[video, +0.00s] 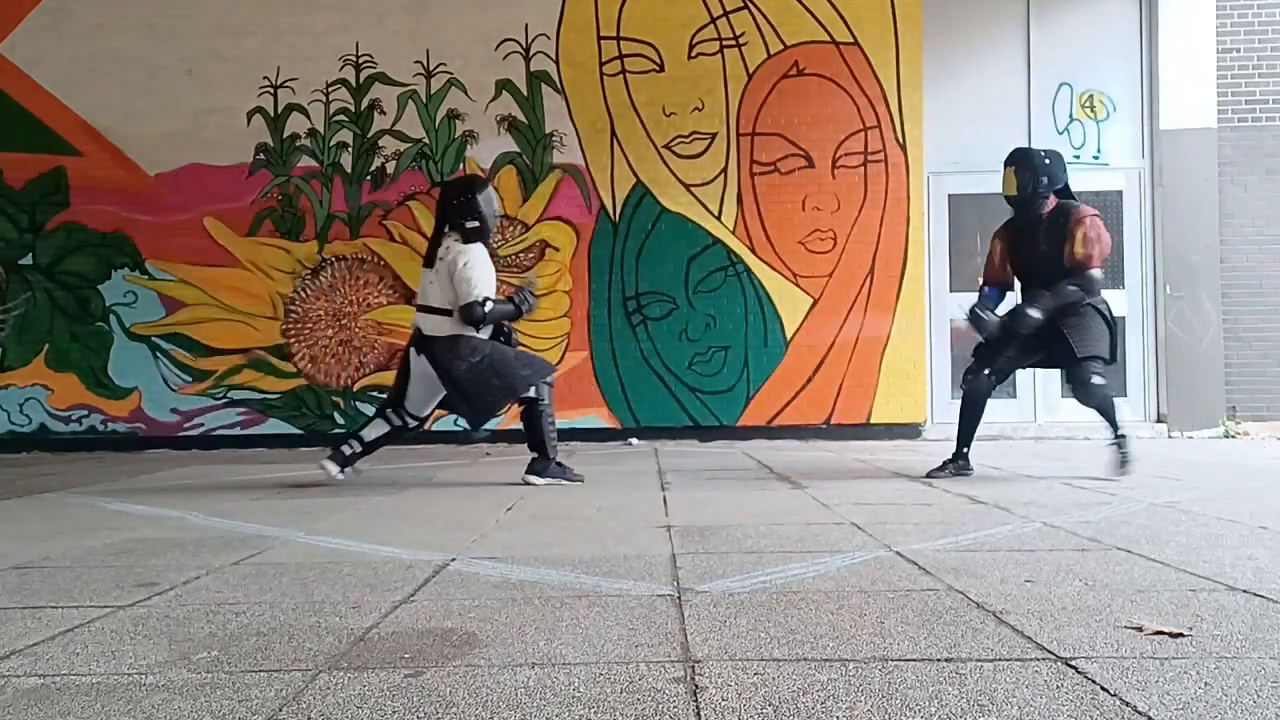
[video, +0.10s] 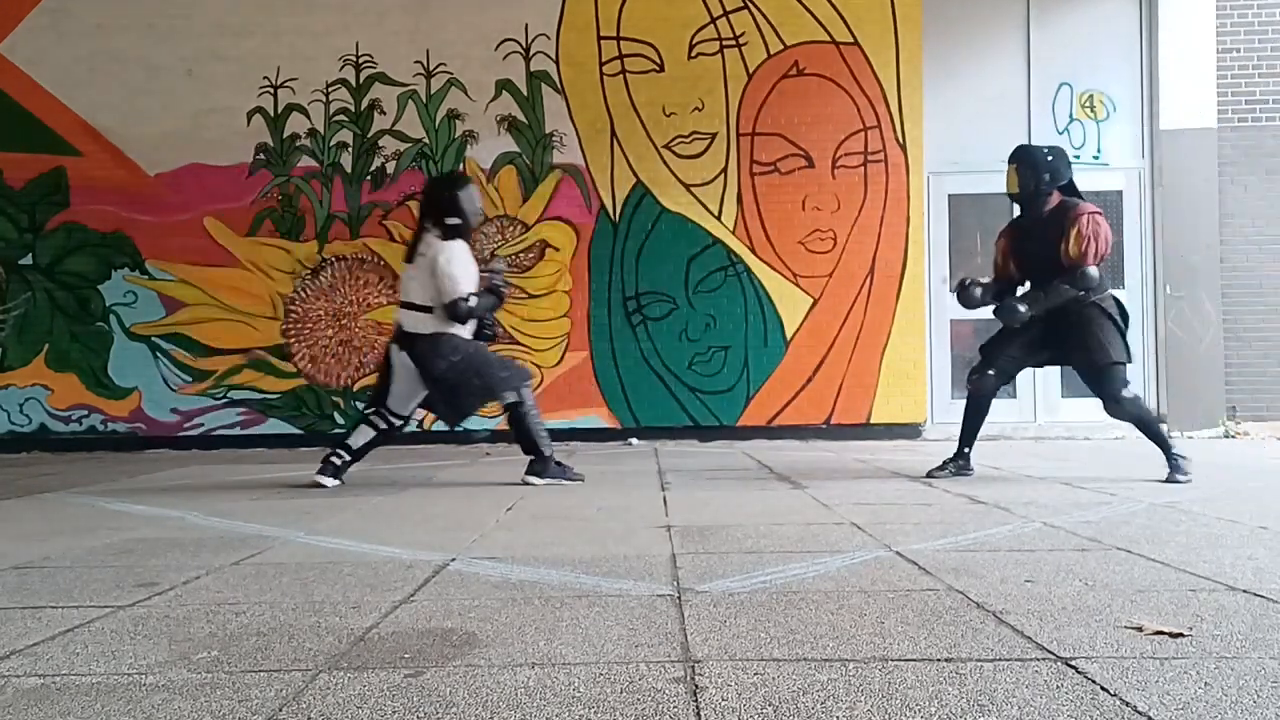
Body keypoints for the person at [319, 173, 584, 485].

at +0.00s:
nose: (495, 216)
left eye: (493, 208)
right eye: (489, 209)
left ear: (452, 215)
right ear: (473, 215)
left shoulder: (441, 247)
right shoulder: (470, 253)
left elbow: (443, 306)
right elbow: (475, 312)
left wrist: (493, 326)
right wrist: (516, 307)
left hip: (426, 344)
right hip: (458, 347)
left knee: (405, 413)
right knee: (536, 378)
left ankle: (342, 455)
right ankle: (545, 462)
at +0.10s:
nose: (480, 206)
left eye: (477, 198)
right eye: (474, 199)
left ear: (437, 206)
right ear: (457, 207)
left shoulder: (425, 241)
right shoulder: (451, 248)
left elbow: (426, 303)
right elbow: (459, 308)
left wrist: (473, 326)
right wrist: (492, 297)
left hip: (408, 341)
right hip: (439, 346)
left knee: (389, 415)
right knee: (515, 381)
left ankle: (332, 468)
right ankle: (543, 462)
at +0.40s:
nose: (425, 188)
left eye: (424, 180)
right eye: (420, 181)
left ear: (378, 186)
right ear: (405, 186)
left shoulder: (359, 221)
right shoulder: (405, 224)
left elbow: (346, 277)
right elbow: (427, 289)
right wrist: (436, 258)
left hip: (356, 322)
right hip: (394, 323)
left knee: (358, 397)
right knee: (468, 361)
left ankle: (321, 468)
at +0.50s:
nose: (419, 185)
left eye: (416, 176)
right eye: (414, 177)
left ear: (371, 183)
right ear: (401, 183)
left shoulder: (353, 220)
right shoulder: (403, 221)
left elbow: (337, 277)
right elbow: (424, 286)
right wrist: (435, 261)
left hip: (351, 317)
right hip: (390, 318)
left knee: (354, 395)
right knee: (454, 364)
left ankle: (321, 468)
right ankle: (394, 407)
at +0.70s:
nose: (427, 189)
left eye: (425, 181)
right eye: (422, 182)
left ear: (381, 188)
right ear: (408, 189)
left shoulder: (360, 223)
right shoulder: (409, 229)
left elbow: (337, 276)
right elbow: (420, 295)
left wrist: (376, 286)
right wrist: (445, 296)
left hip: (356, 325)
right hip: (393, 325)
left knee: (357, 398)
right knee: (465, 363)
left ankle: (322, 468)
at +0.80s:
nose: (438, 189)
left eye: (435, 182)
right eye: (432, 182)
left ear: (391, 190)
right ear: (418, 191)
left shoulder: (372, 226)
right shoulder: (421, 232)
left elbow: (353, 281)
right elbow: (435, 295)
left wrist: (380, 306)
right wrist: (454, 322)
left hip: (374, 330)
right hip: (411, 333)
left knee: (365, 404)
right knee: (478, 379)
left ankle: (323, 468)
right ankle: (508, 460)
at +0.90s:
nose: (458, 194)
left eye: (455, 186)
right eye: (452, 187)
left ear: (411, 195)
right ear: (439, 194)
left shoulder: (393, 232)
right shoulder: (441, 235)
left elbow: (375, 284)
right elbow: (454, 299)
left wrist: (410, 305)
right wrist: (476, 323)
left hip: (397, 331)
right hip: (434, 333)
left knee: (377, 404)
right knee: (506, 375)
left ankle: (327, 466)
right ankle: (518, 461)